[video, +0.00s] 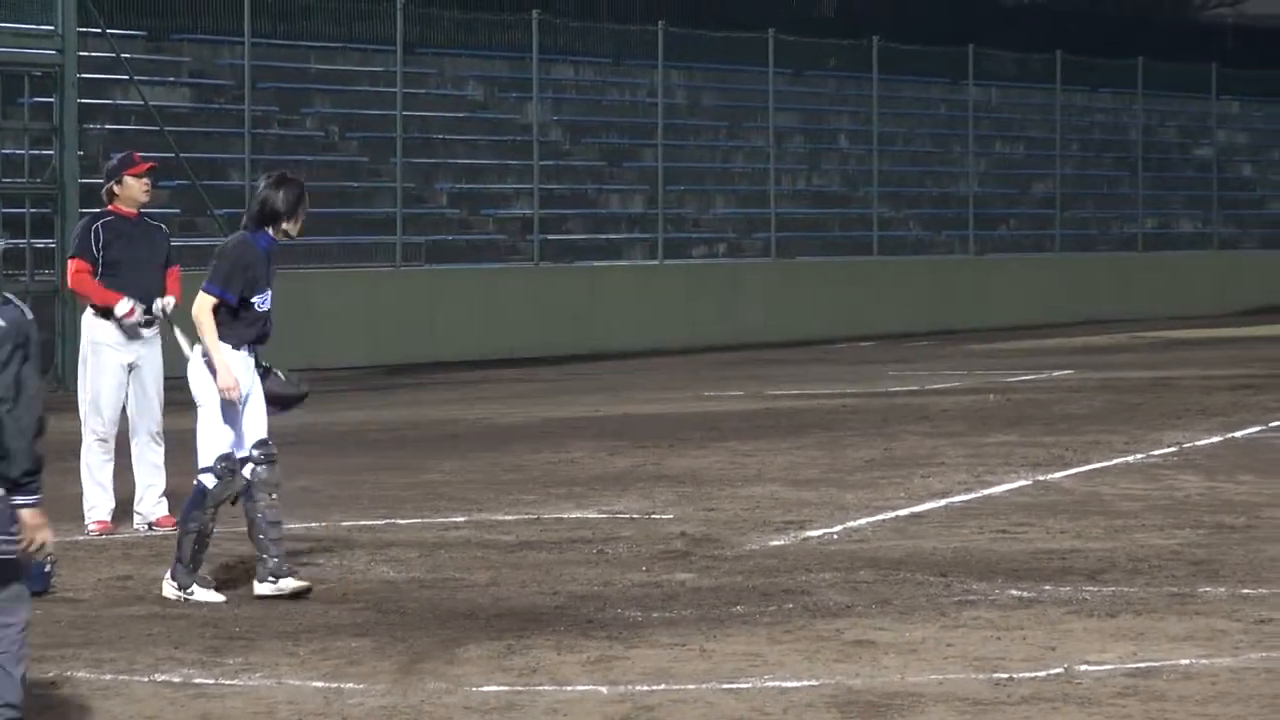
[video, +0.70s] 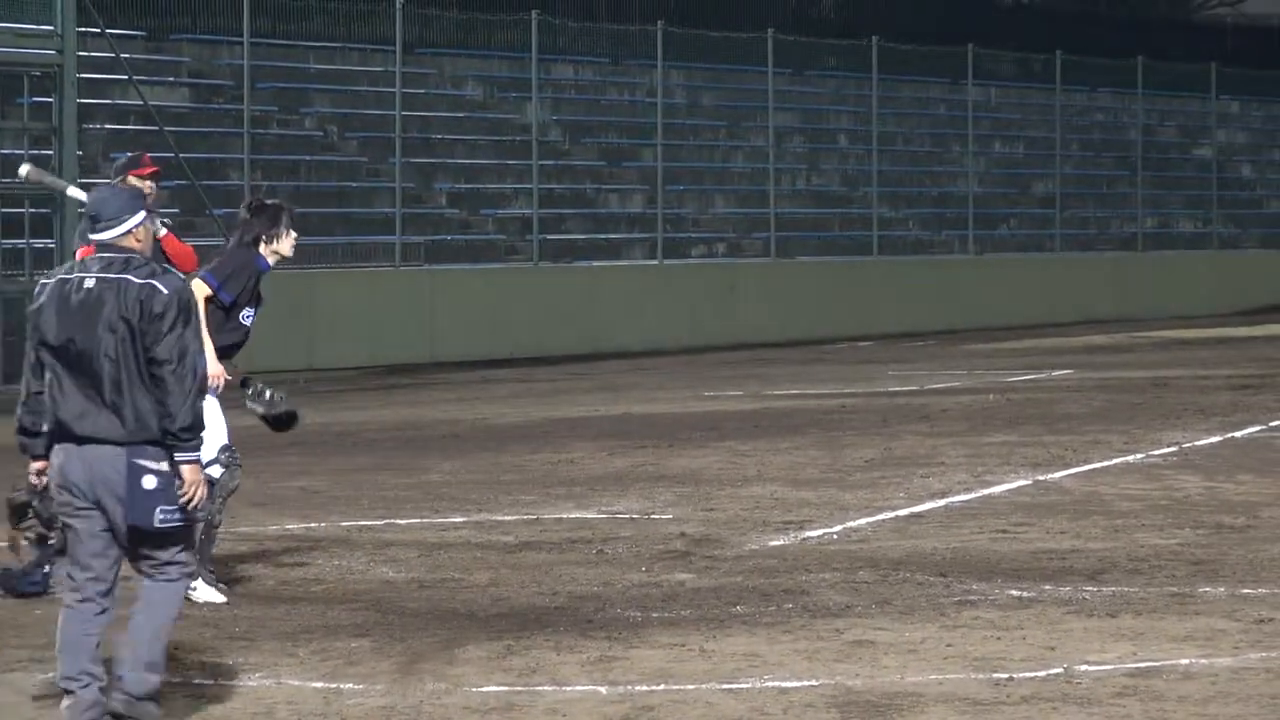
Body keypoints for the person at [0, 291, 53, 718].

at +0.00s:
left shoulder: (14, 320)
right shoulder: (12, 321)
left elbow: (20, 414)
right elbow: (19, 416)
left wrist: (27, 496)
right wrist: (28, 496)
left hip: (6, 498)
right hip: (2, 500)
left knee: (11, 613)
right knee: (10, 614)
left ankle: (9, 701)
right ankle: (7, 703)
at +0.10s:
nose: (26, 249)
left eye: (21, 241)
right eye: (22, 242)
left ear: (6, 248)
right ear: (11, 248)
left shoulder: (30, 307)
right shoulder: (29, 307)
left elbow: (49, 397)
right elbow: (50, 398)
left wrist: (70, 475)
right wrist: (72, 476)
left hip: (17, 474)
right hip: (14, 476)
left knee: (30, 574)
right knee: (24, 579)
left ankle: (11, 693)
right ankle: (9, 699)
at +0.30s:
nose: (74, 246)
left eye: (70, 238)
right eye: (70, 239)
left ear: (16, 241)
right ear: (58, 244)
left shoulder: (5, 284)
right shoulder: (80, 303)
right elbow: (114, 389)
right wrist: (140, 451)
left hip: (8, 458)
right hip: (37, 465)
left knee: (18, 588)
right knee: (22, 599)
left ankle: (60, 693)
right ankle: (6, 706)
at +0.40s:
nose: (92, 250)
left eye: (90, 242)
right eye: (87, 243)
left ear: (35, 246)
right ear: (74, 247)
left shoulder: (8, 297)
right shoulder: (102, 308)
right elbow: (138, 392)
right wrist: (166, 454)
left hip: (10, 469)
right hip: (64, 471)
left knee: (44, 592)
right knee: (44, 596)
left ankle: (83, 697)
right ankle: (12, 705)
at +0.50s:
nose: (112, 245)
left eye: (108, 237)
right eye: (106, 238)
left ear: (53, 246)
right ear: (94, 245)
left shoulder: (13, 301)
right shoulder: (122, 305)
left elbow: (1, 393)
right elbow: (150, 396)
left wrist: (3, 469)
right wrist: (175, 463)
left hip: (24, 465)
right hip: (84, 467)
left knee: (67, 592)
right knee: (98, 591)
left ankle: (87, 707)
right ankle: (26, 691)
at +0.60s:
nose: (130, 238)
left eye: (127, 229)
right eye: (126, 231)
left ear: (75, 239)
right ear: (111, 238)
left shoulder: (28, 297)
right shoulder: (141, 295)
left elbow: (10, 386)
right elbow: (163, 387)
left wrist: (13, 458)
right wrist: (181, 460)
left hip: (48, 462)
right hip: (114, 462)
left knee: (75, 587)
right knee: (137, 573)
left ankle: (85, 706)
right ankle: (80, 668)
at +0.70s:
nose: (152, 233)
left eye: (148, 224)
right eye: (146, 226)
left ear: (97, 231)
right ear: (130, 231)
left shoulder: (52, 288)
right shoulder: (161, 288)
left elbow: (36, 379)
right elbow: (177, 382)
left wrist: (36, 448)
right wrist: (188, 456)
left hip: (72, 455)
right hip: (139, 457)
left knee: (85, 586)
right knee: (167, 567)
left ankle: (80, 701)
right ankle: (136, 689)